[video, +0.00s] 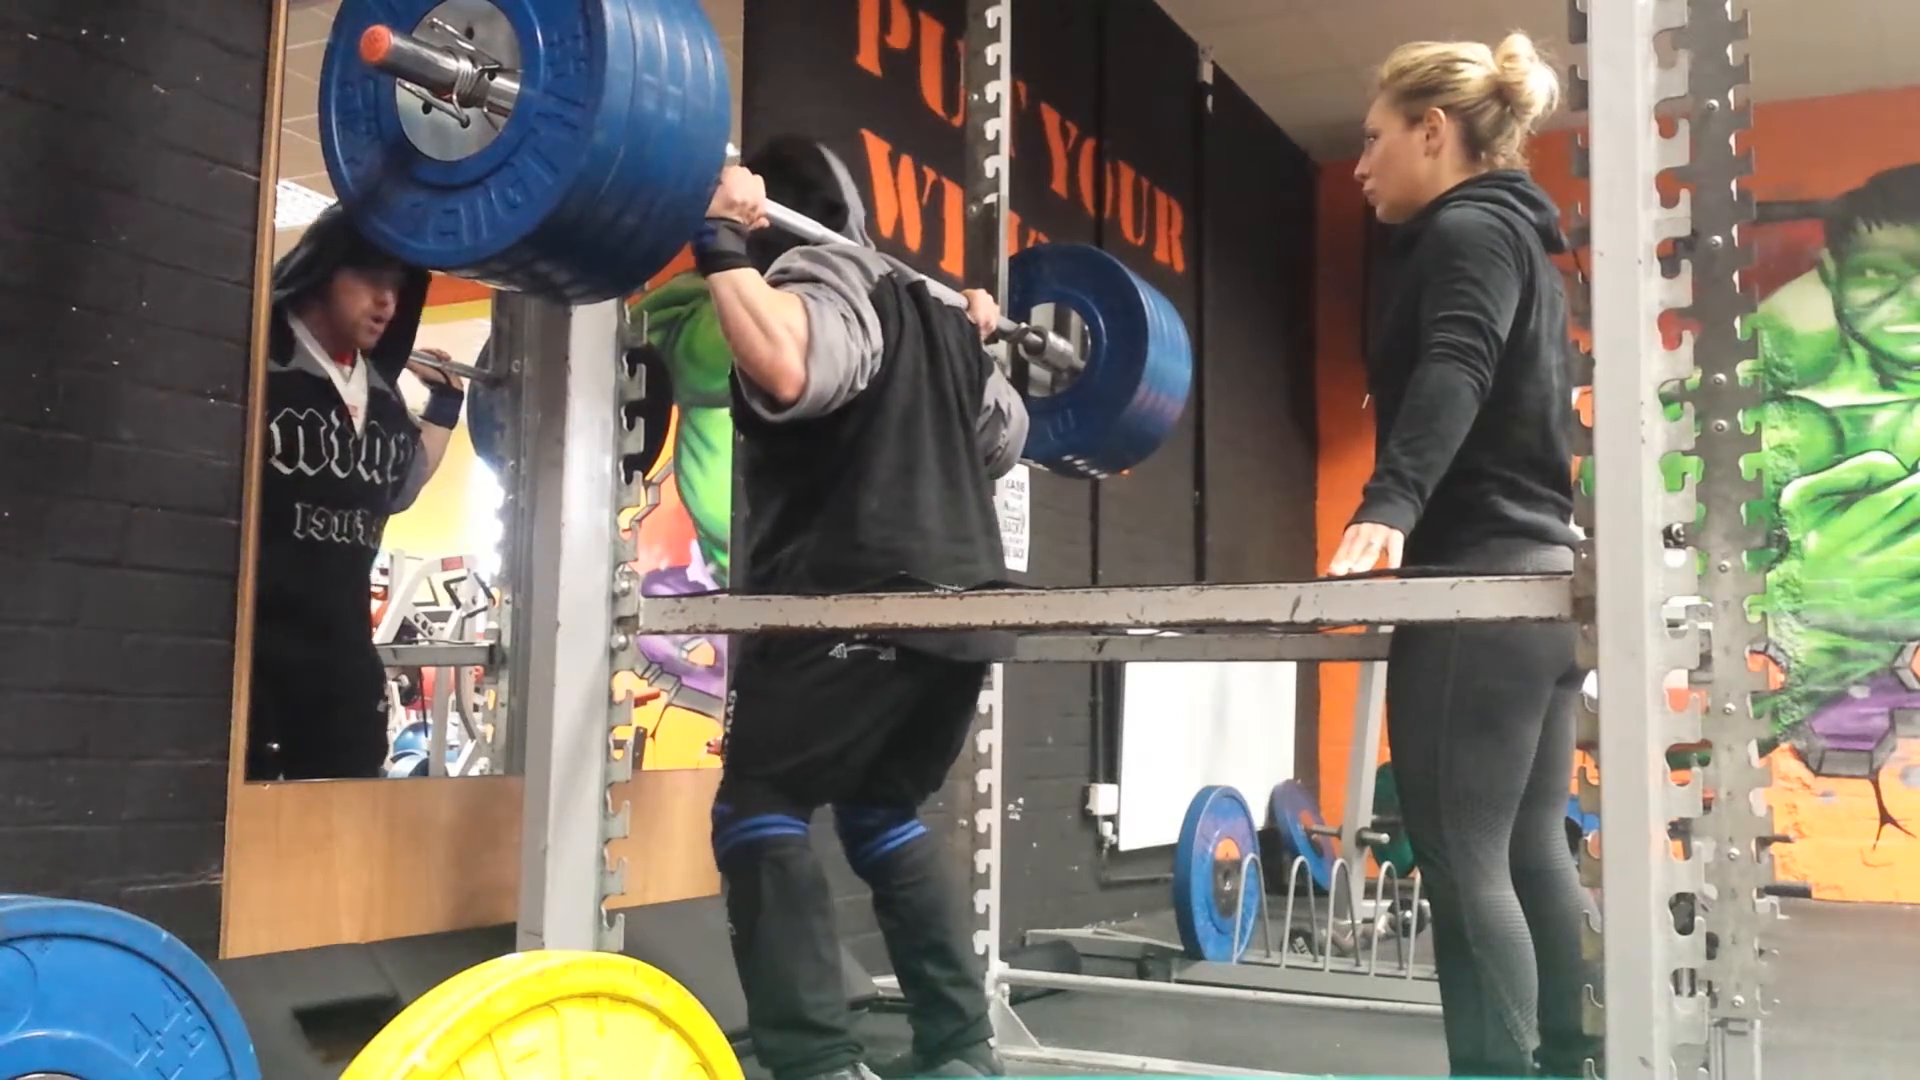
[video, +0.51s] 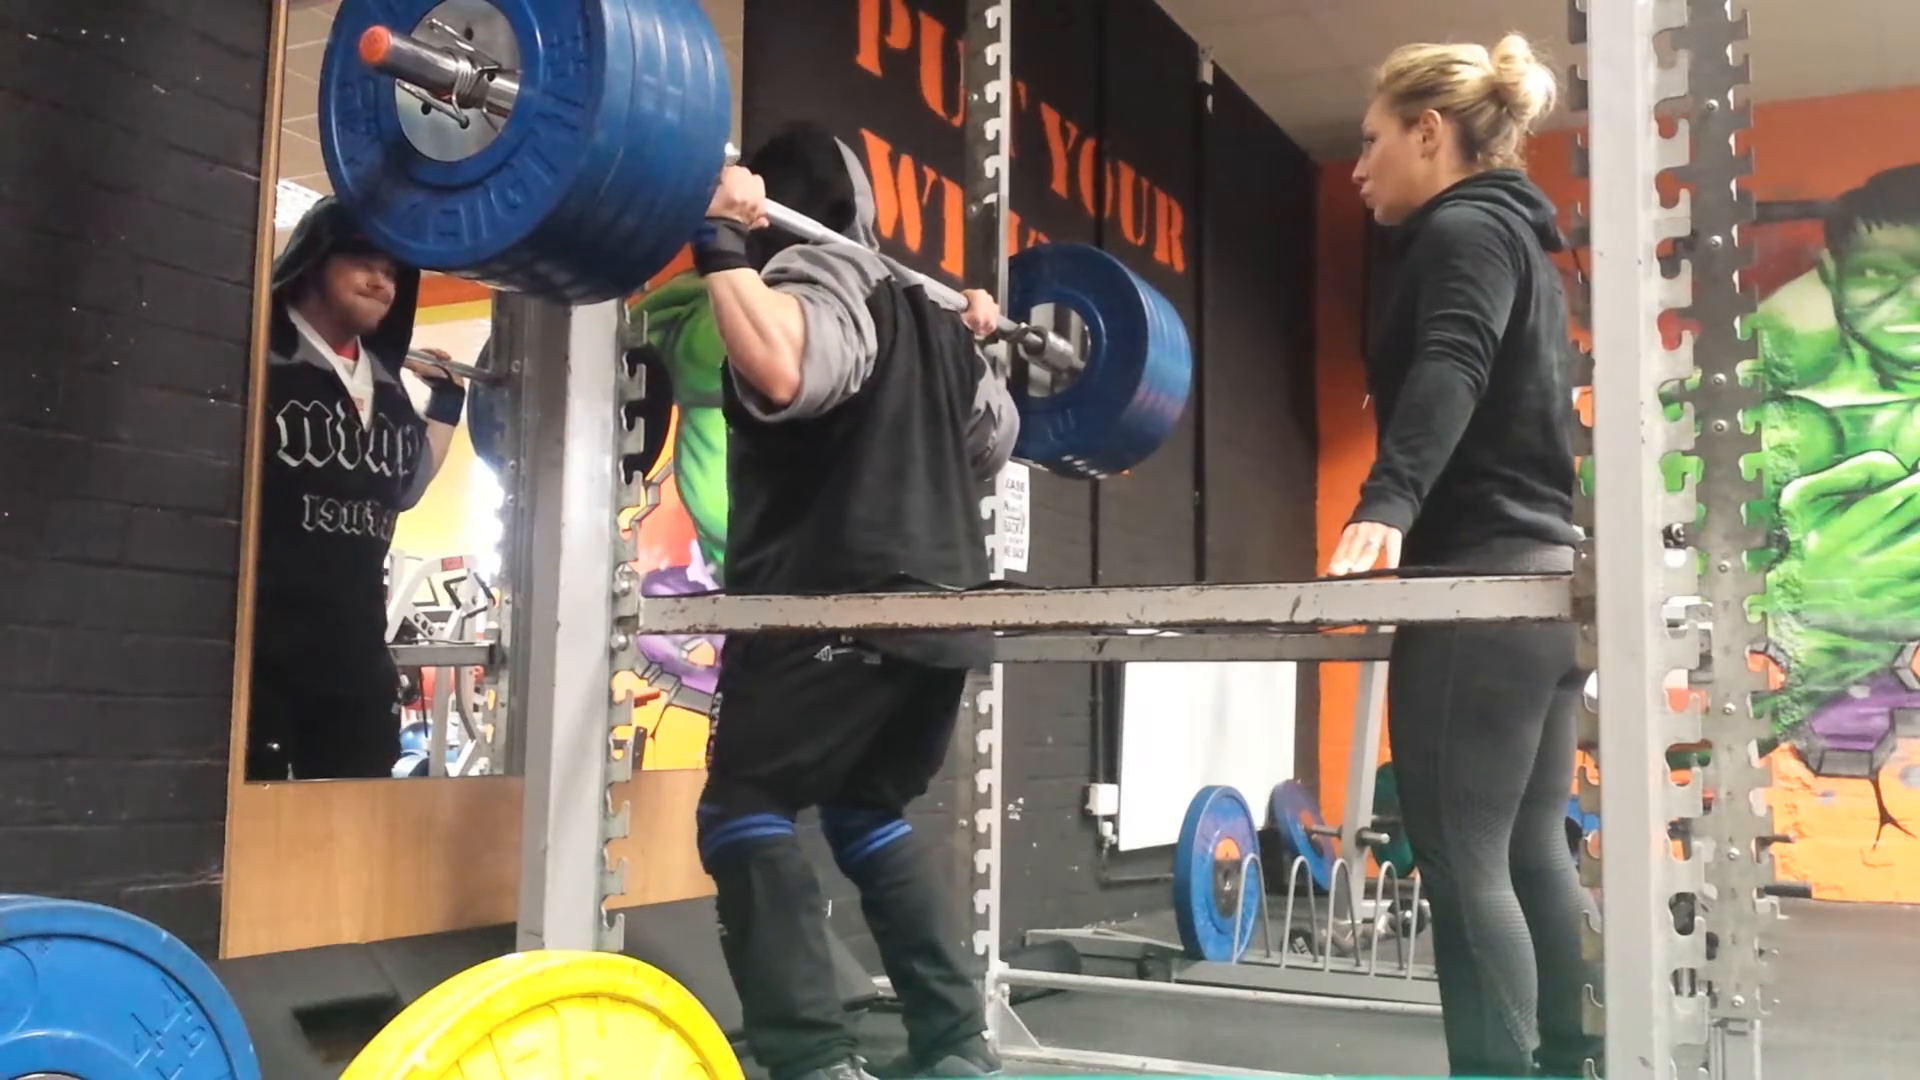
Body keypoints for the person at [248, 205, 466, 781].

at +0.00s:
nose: (388, 302)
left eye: (395, 289)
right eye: (371, 280)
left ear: (403, 302)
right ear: (320, 278)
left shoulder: (383, 397)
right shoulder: (256, 361)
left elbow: (400, 492)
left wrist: (446, 400)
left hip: (341, 639)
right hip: (251, 630)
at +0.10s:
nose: (384, 289)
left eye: (391, 278)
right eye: (366, 270)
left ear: (399, 293)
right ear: (316, 272)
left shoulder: (388, 392)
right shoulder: (258, 357)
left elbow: (405, 494)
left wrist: (449, 400)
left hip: (347, 630)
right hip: (259, 621)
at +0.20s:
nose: (381, 283)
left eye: (388, 271)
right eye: (362, 264)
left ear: (396, 288)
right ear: (313, 271)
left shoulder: (392, 391)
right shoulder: (260, 357)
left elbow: (410, 494)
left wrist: (450, 400)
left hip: (355, 639)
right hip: (264, 629)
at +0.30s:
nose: (381, 283)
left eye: (387, 271)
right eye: (362, 263)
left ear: (395, 288)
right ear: (311, 272)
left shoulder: (392, 393)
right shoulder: (260, 360)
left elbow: (410, 493)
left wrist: (450, 399)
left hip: (358, 647)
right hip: (267, 639)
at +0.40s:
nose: (380, 284)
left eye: (388, 272)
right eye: (361, 264)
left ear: (396, 289)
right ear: (311, 272)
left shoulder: (393, 393)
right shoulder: (260, 360)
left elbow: (411, 492)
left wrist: (449, 400)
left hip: (359, 646)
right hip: (268, 638)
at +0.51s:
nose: (379, 282)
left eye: (390, 272)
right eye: (361, 263)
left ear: (400, 292)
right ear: (314, 269)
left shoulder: (392, 389)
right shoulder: (259, 355)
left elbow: (405, 492)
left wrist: (448, 401)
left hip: (354, 639)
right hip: (261, 628)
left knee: (356, 813)